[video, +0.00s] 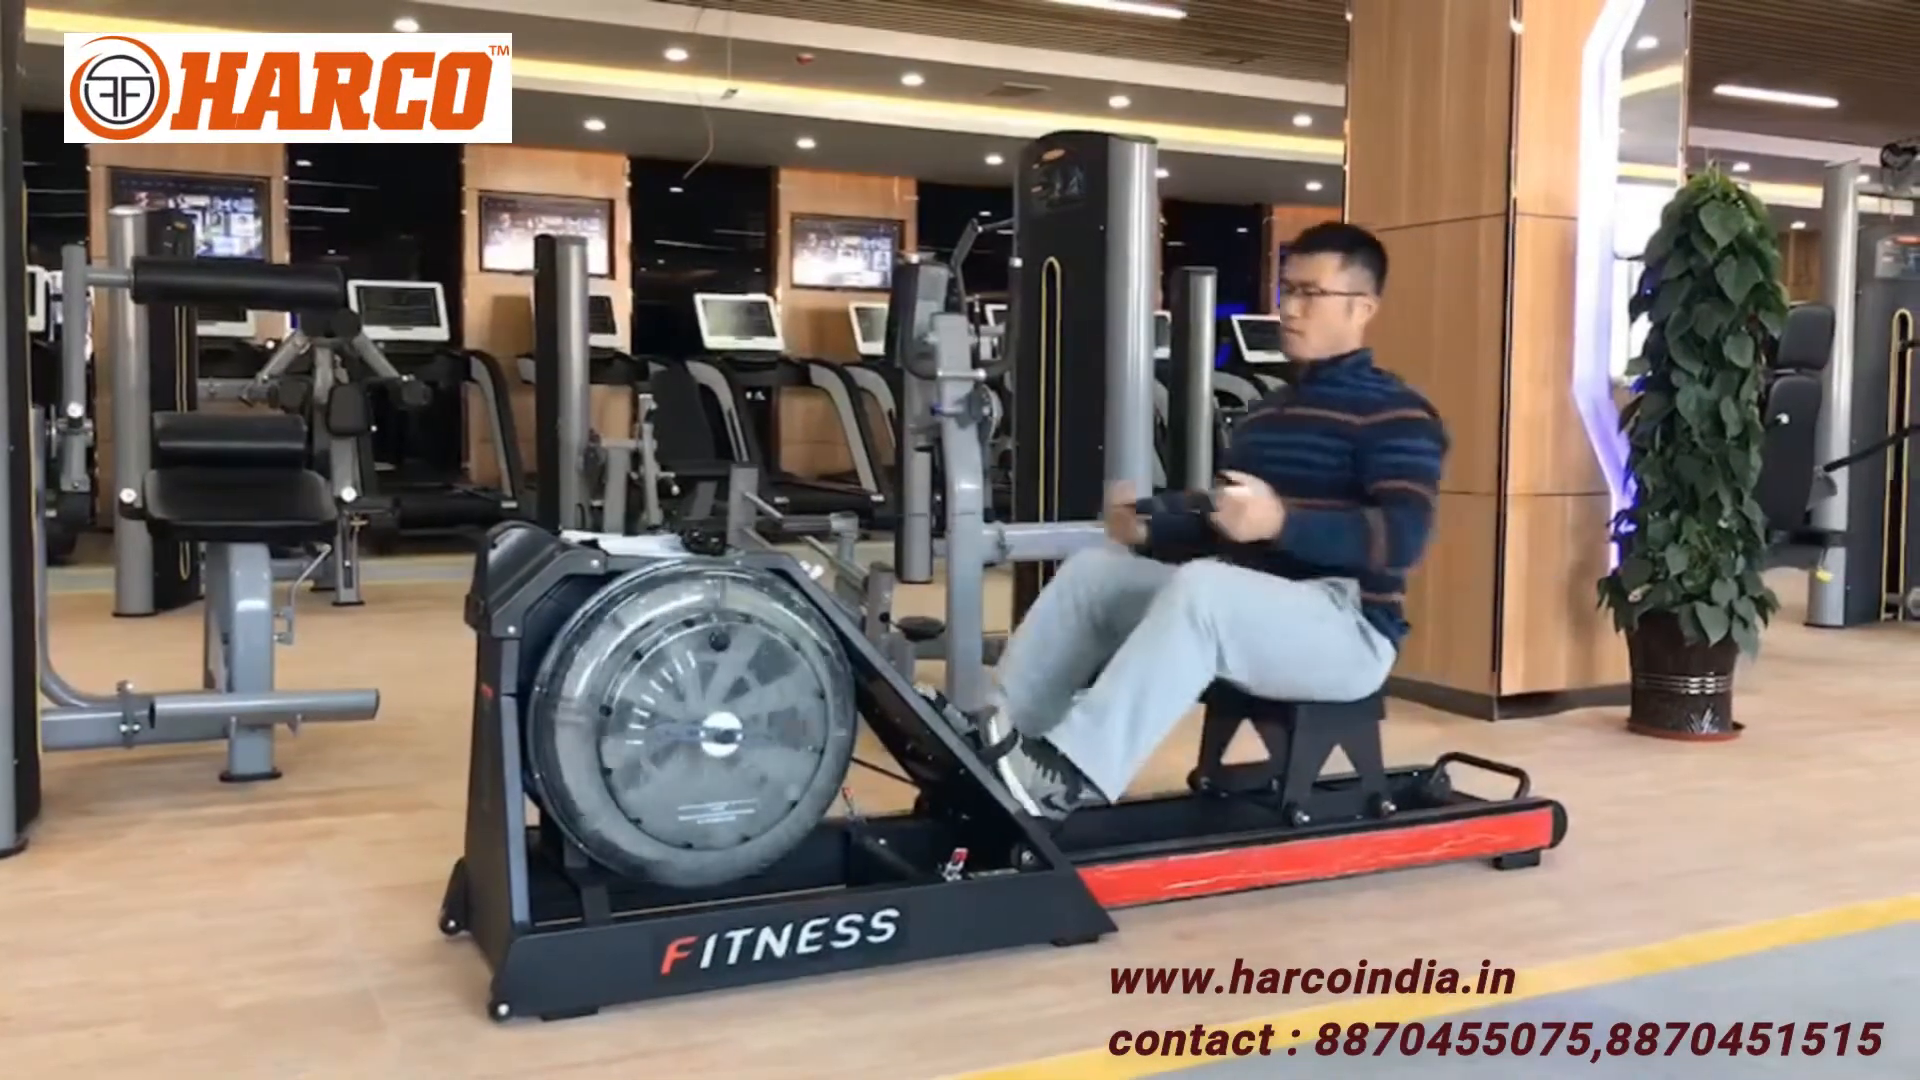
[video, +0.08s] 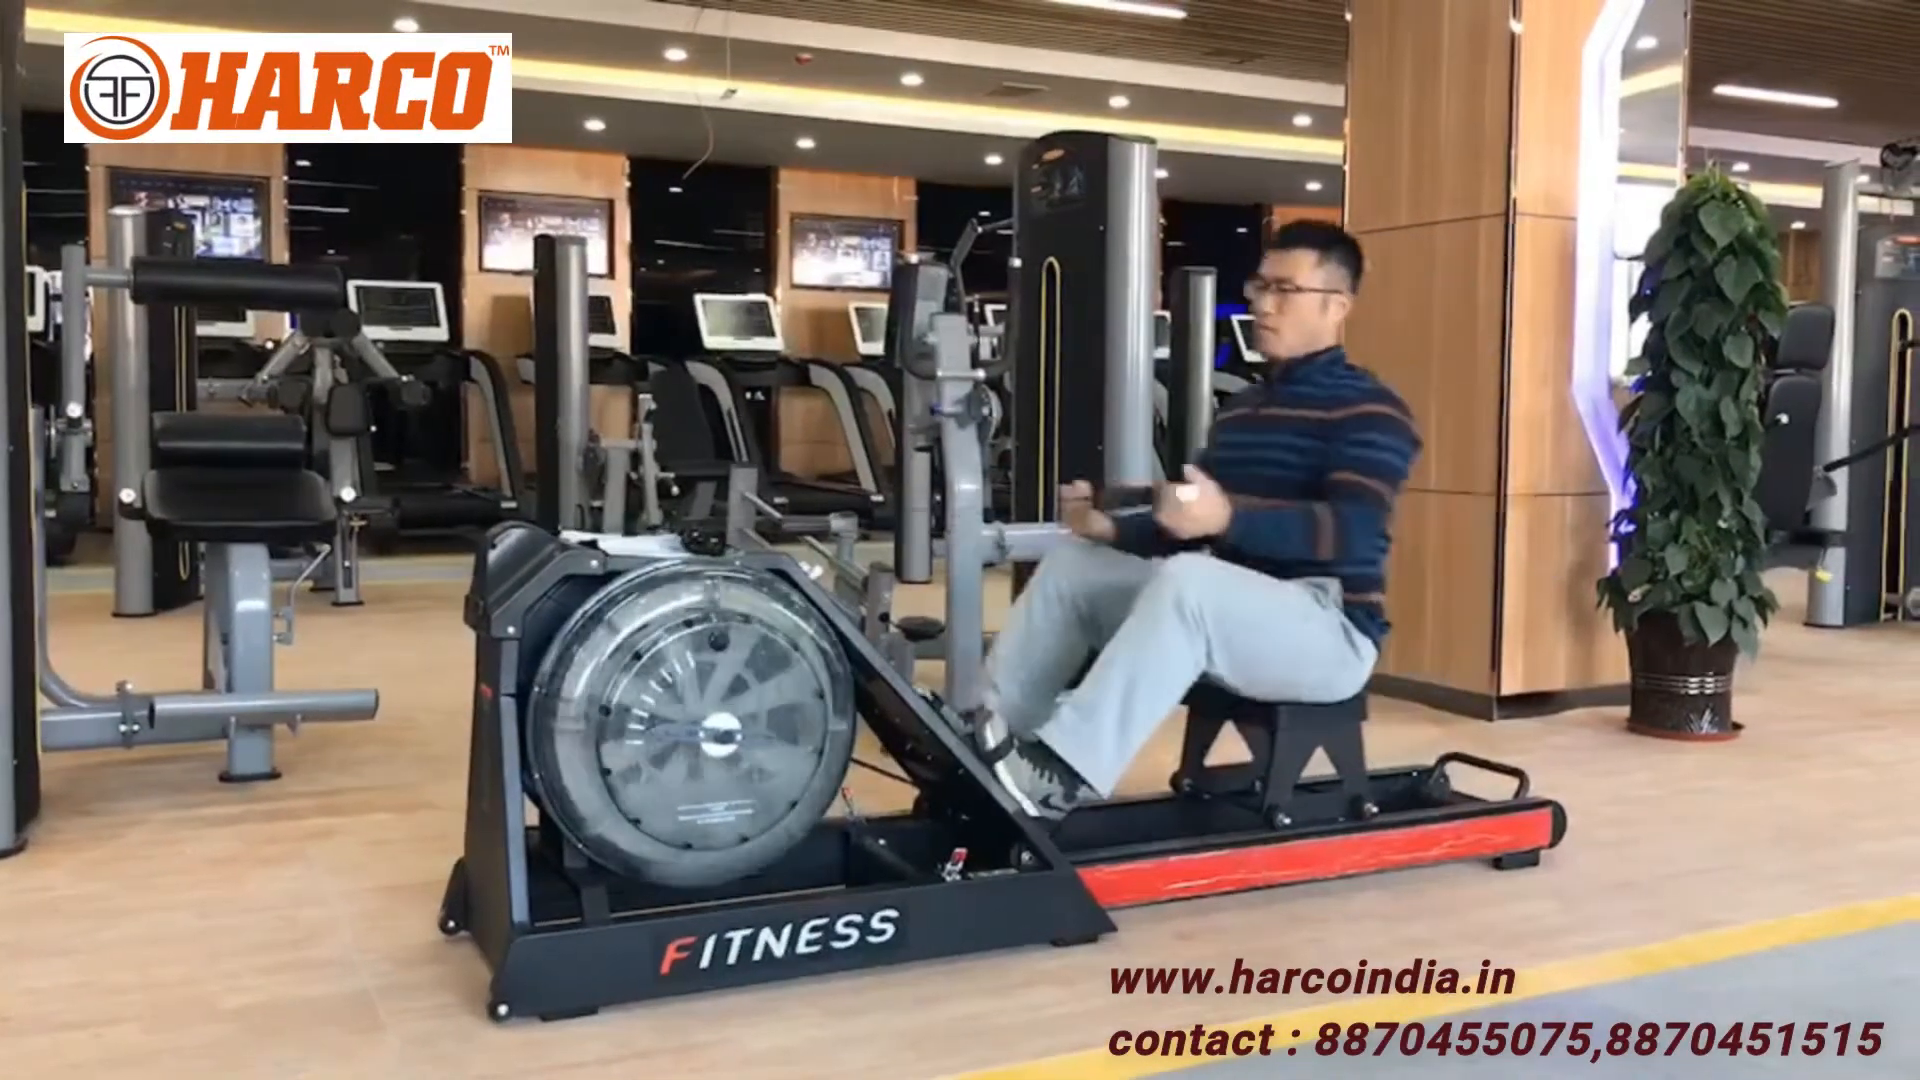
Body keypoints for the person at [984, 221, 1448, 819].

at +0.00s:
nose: (1288, 308)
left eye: (1309, 293)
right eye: (1286, 291)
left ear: (1363, 309)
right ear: (1277, 294)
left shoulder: (1397, 414)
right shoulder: (1269, 414)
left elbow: (1401, 537)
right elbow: (1234, 521)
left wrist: (1282, 522)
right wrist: (1149, 526)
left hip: (1349, 630)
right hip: (1255, 609)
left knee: (1200, 592)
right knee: (1094, 570)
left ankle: (1073, 771)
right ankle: (1002, 735)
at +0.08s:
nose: (1259, 304)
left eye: (1282, 290)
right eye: (1258, 287)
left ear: (1338, 307)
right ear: (1250, 294)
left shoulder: (1371, 411)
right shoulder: (1243, 412)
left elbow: (1350, 532)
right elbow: (1204, 521)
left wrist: (1229, 518)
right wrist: (1109, 525)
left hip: (1332, 630)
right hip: (1231, 609)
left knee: (1186, 586)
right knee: (1070, 567)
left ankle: (1064, 769)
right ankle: (988, 741)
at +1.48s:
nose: (1396, 343)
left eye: (1417, 328)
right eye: (1388, 326)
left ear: (1466, 335)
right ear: (1378, 329)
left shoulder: (1496, 434)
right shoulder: (1364, 424)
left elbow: (1496, 556)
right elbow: (1313, 536)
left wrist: (1411, 480)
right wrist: (1282, 468)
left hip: (1402, 634)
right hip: (1313, 608)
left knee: (1247, 695)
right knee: (1170, 660)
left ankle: (1079, 804)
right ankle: (998, 744)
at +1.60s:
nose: (1383, 341)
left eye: (1403, 326)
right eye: (1375, 324)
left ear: (1453, 333)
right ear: (1366, 327)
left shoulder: (1486, 435)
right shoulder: (1346, 427)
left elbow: (1495, 558)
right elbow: (1306, 545)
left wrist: (1406, 486)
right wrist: (1280, 472)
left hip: (1399, 634)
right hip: (1310, 609)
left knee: (1237, 669)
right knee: (1154, 628)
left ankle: (1079, 796)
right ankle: (1000, 746)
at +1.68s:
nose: (1368, 334)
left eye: (1388, 318)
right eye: (1358, 317)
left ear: (1436, 329)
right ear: (1348, 323)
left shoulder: (1468, 429)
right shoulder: (1336, 420)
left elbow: (1478, 554)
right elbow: (1293, 543)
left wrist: (1386, 490)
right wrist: (1258, 477)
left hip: (1390, 634)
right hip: (1297, 612)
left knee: (1235, 650)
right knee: (1141, 620)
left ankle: (1082, 792)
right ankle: (994, 748)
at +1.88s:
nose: (1277, 311)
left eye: (1296, 296)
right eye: (1274, 295)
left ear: (1352, 311)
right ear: (1266, 301)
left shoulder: (1382, 419)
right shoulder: (1260, 420)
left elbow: (1365, 542)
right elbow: (1202, 530)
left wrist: (1252, 501)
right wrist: (1131, 493)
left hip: (1348, 637)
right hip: (1251, 618)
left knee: (1205, 607)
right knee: (1091, 591)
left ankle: (1081, 781)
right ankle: (1000, 751)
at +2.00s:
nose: (1220, 307)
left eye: (1241, 292)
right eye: (1219, 291)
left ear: (1295, 309)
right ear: (1213, 300)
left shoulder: (1322, 416)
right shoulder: (1205, 414)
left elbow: (1264, 523)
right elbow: (1138, 504)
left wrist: (1141, 508)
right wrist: (1033, 488)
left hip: (1307, 638)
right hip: (1207, 613)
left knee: (1168, 588)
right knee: (1050, 578)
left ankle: (1058, 778)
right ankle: (973, 742)